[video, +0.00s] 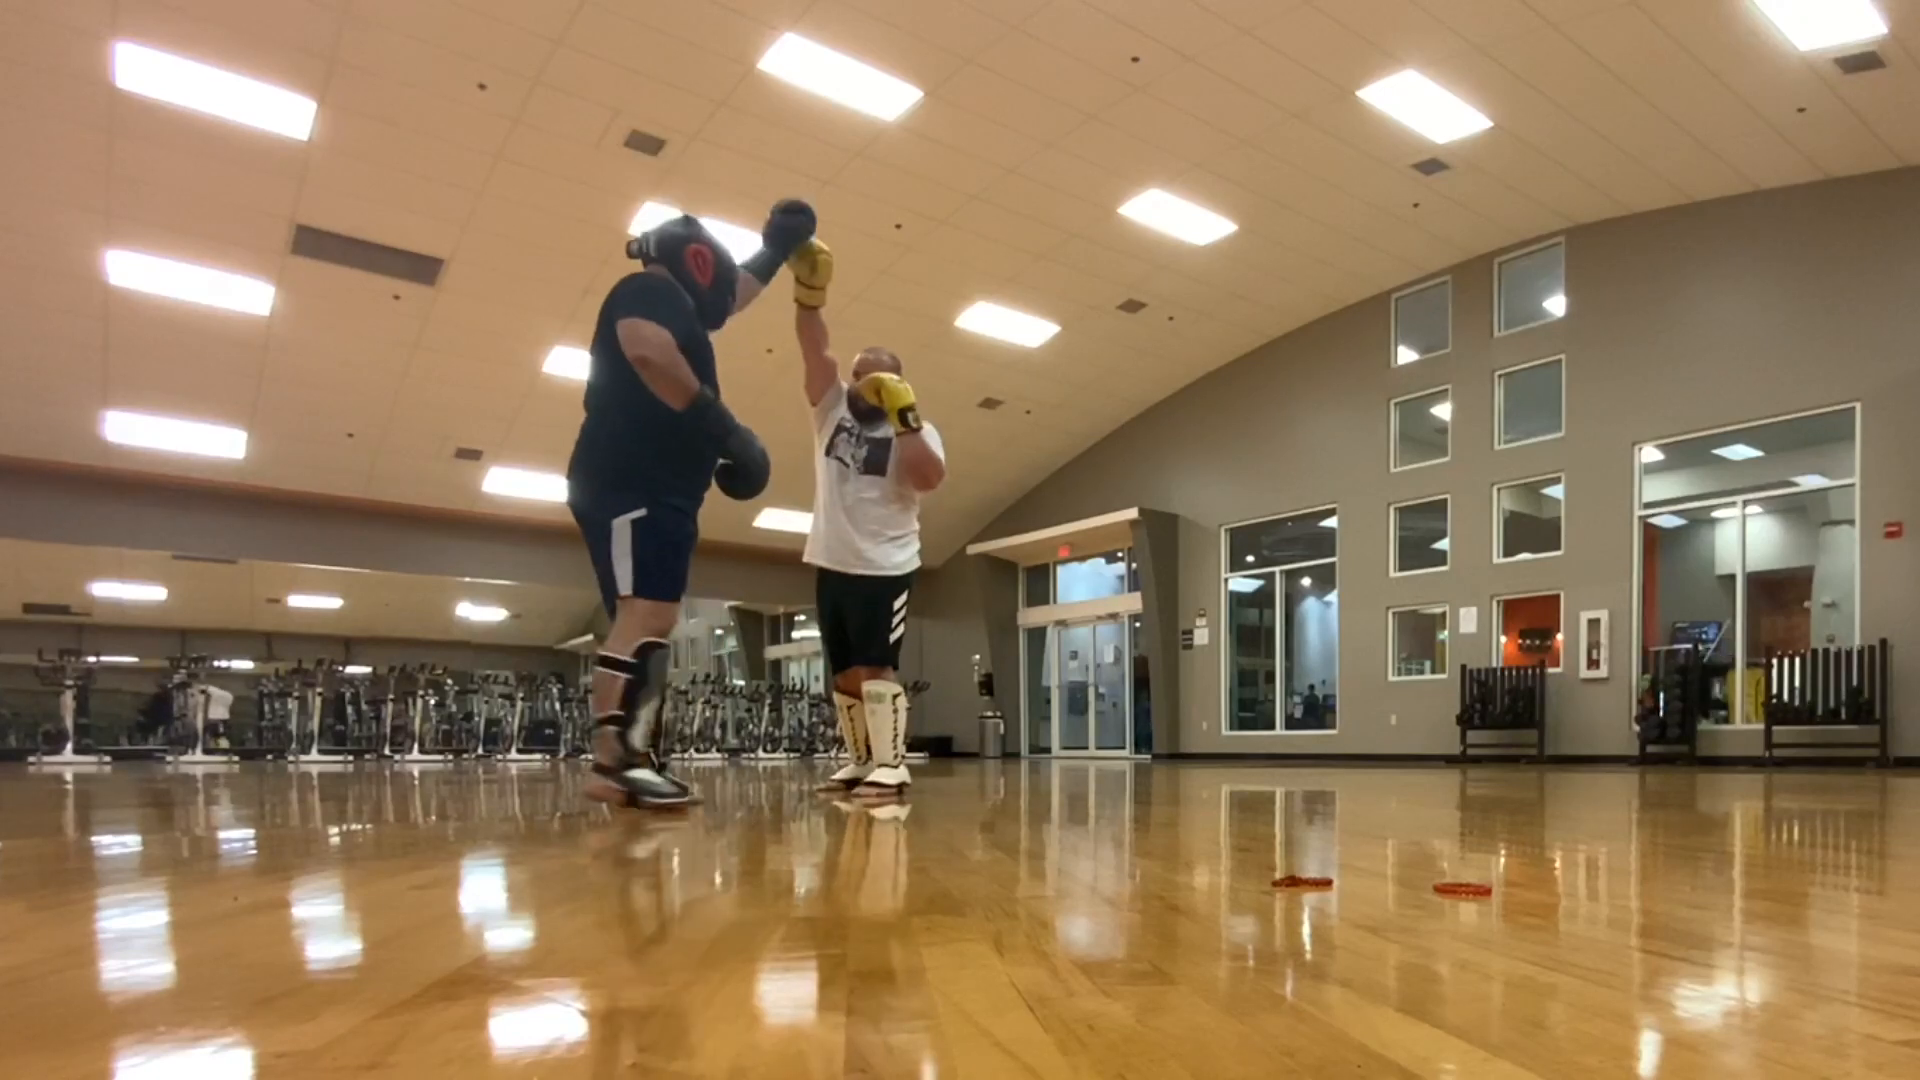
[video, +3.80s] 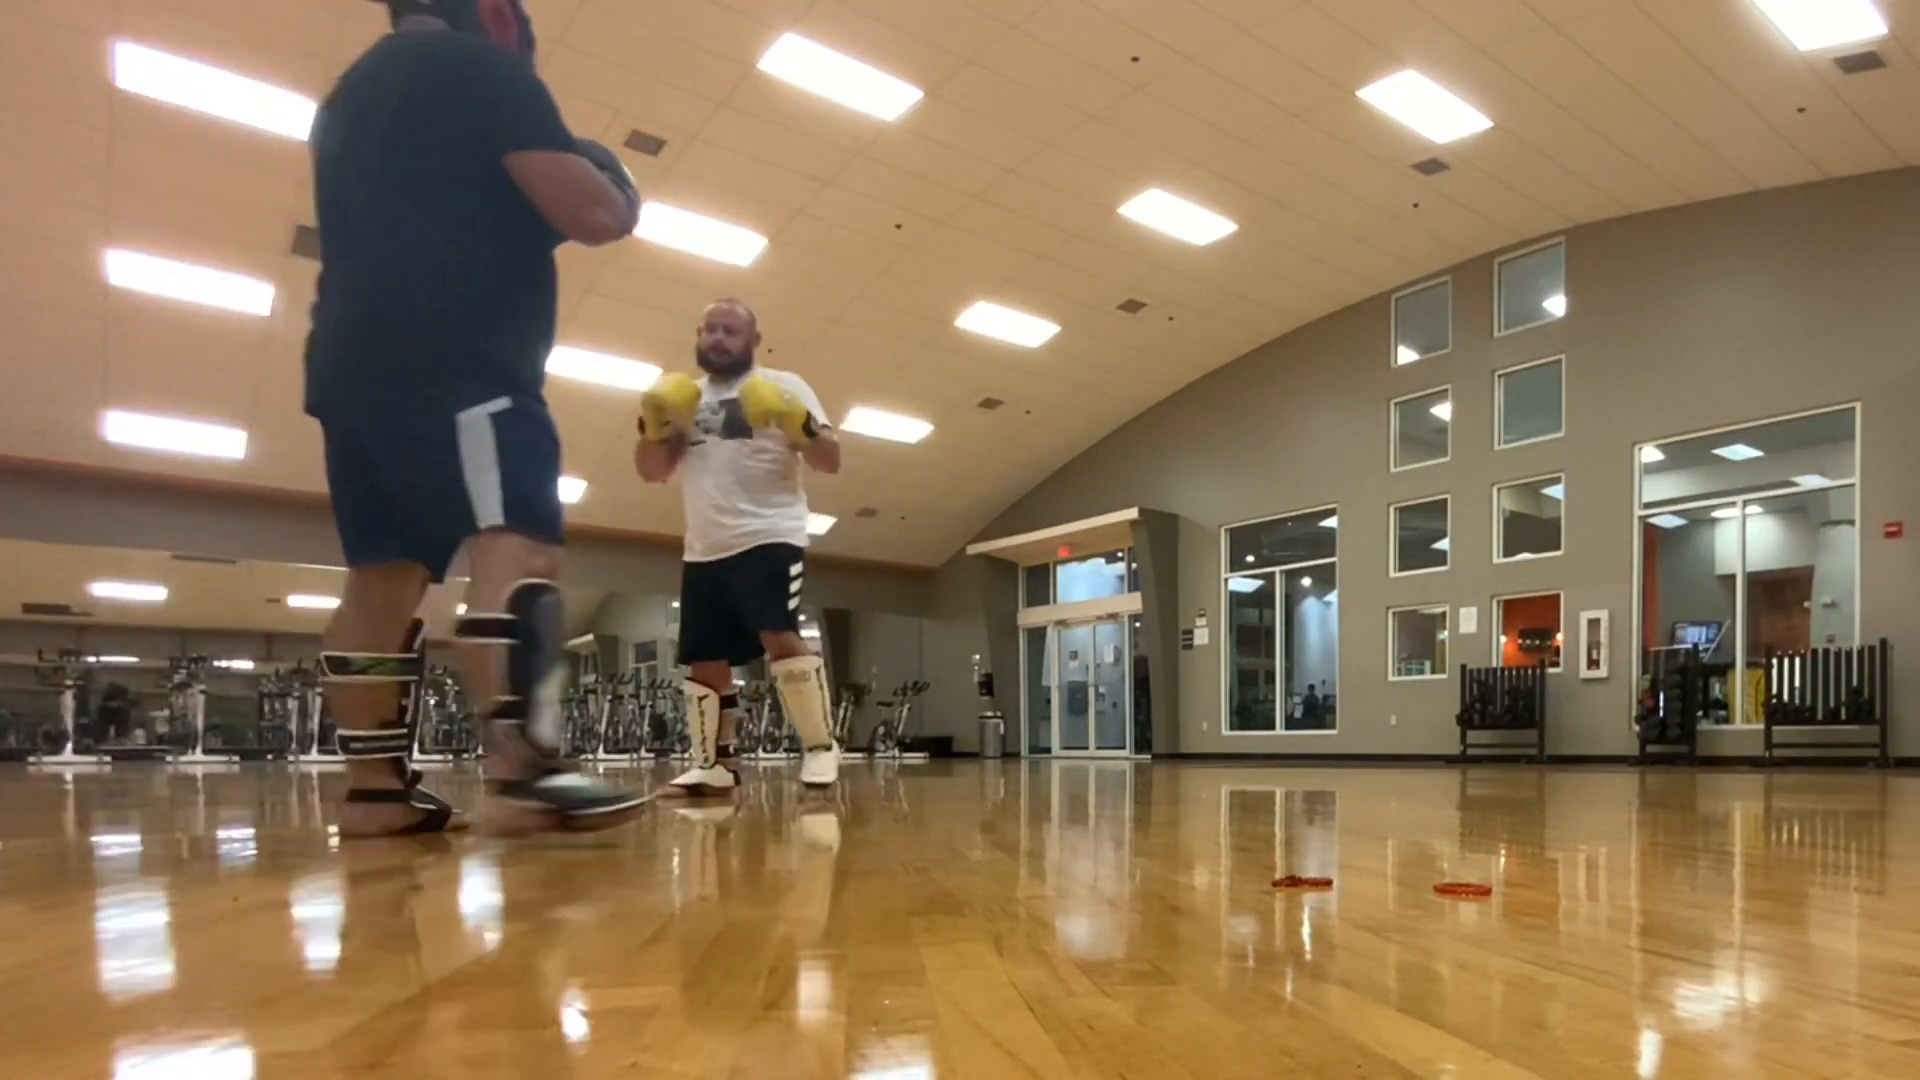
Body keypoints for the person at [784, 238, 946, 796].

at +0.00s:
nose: (856, 374)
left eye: (868, 370)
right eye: (855, 370)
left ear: (894, 381)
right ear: (849, 382)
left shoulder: (916, 429)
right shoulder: (834, 411)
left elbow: (926, 479)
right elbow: (815, 351)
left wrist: (904, 419)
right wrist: (808, 295)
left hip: (884, 562)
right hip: (833, 557)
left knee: (873, 667)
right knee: (842, 668)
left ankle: (889, 768)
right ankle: (859, 761)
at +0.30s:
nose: (868, 362)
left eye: (880, 357)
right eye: (863, 357)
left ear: (901, 376)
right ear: (853, 374)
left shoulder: (920, 420)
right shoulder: (837, 414)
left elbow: (933, 462)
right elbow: (779, 420)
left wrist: (900, 399)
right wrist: (786, 376)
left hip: (894, 562)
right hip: (842, 563)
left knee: (884, 666)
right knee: (844, 666)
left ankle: (893, 770)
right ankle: (875, 757)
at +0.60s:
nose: (851, 384)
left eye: (861, 376)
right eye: (844, 378)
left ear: (880, 383)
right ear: (837, 392)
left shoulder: (897, 420)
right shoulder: (834, 440)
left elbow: (921, 427)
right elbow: (789, 475)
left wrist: (878, 374)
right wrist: (803, 422)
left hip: (892, 551)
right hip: (847, 559)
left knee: (865, 645)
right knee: (863, 655)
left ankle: (888, 755)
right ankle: (882, 756)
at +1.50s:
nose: (838, 377)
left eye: (848, 372)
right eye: (834, 371)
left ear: (863, 381)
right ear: (826, 384)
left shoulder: (877, 419)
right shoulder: (823, 444)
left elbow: (863, 362)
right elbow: (785, 480)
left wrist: (826, 312)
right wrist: (795, 425)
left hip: (873, 547)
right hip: (837, 556)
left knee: (861, 653)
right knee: (857, 659)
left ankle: (880, 759)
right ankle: (881, 756)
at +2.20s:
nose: (822, 377)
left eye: (832, 368)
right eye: (818, 369)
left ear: (858, 370)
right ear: (819, 378)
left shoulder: (873, 402)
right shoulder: (824, 434)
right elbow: (789, 484)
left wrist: (812, 372)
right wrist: (785, 428)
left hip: (868, 548)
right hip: (832, 555)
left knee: (867, 656)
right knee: (838, 664)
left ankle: (884, 761)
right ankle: (855, 760)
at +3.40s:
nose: (776, 332)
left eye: (788, 324)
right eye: (770, 323)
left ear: (811, 339)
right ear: (761, 340)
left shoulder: (834, 382)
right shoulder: (755, 401)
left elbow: (863, 432)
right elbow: (721, 459)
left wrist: (818, 376)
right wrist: (714, 409)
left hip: (829, 541)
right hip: (773, 546)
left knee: (825, 653)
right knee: (753, 652)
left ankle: (837, 770)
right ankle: (786, 747)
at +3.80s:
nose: (717, 338)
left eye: (730, 331)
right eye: (709, 329)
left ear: (755, 342)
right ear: (697, 339)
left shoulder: (784, 388)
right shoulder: (683, 395)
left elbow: (830, 461)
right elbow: (651, 471)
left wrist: (798, 423)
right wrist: (660, 429)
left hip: (769, 536)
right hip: (705, 546)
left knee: (779, 635)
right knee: (705, 658)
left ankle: (818, 750)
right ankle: (710, 766)